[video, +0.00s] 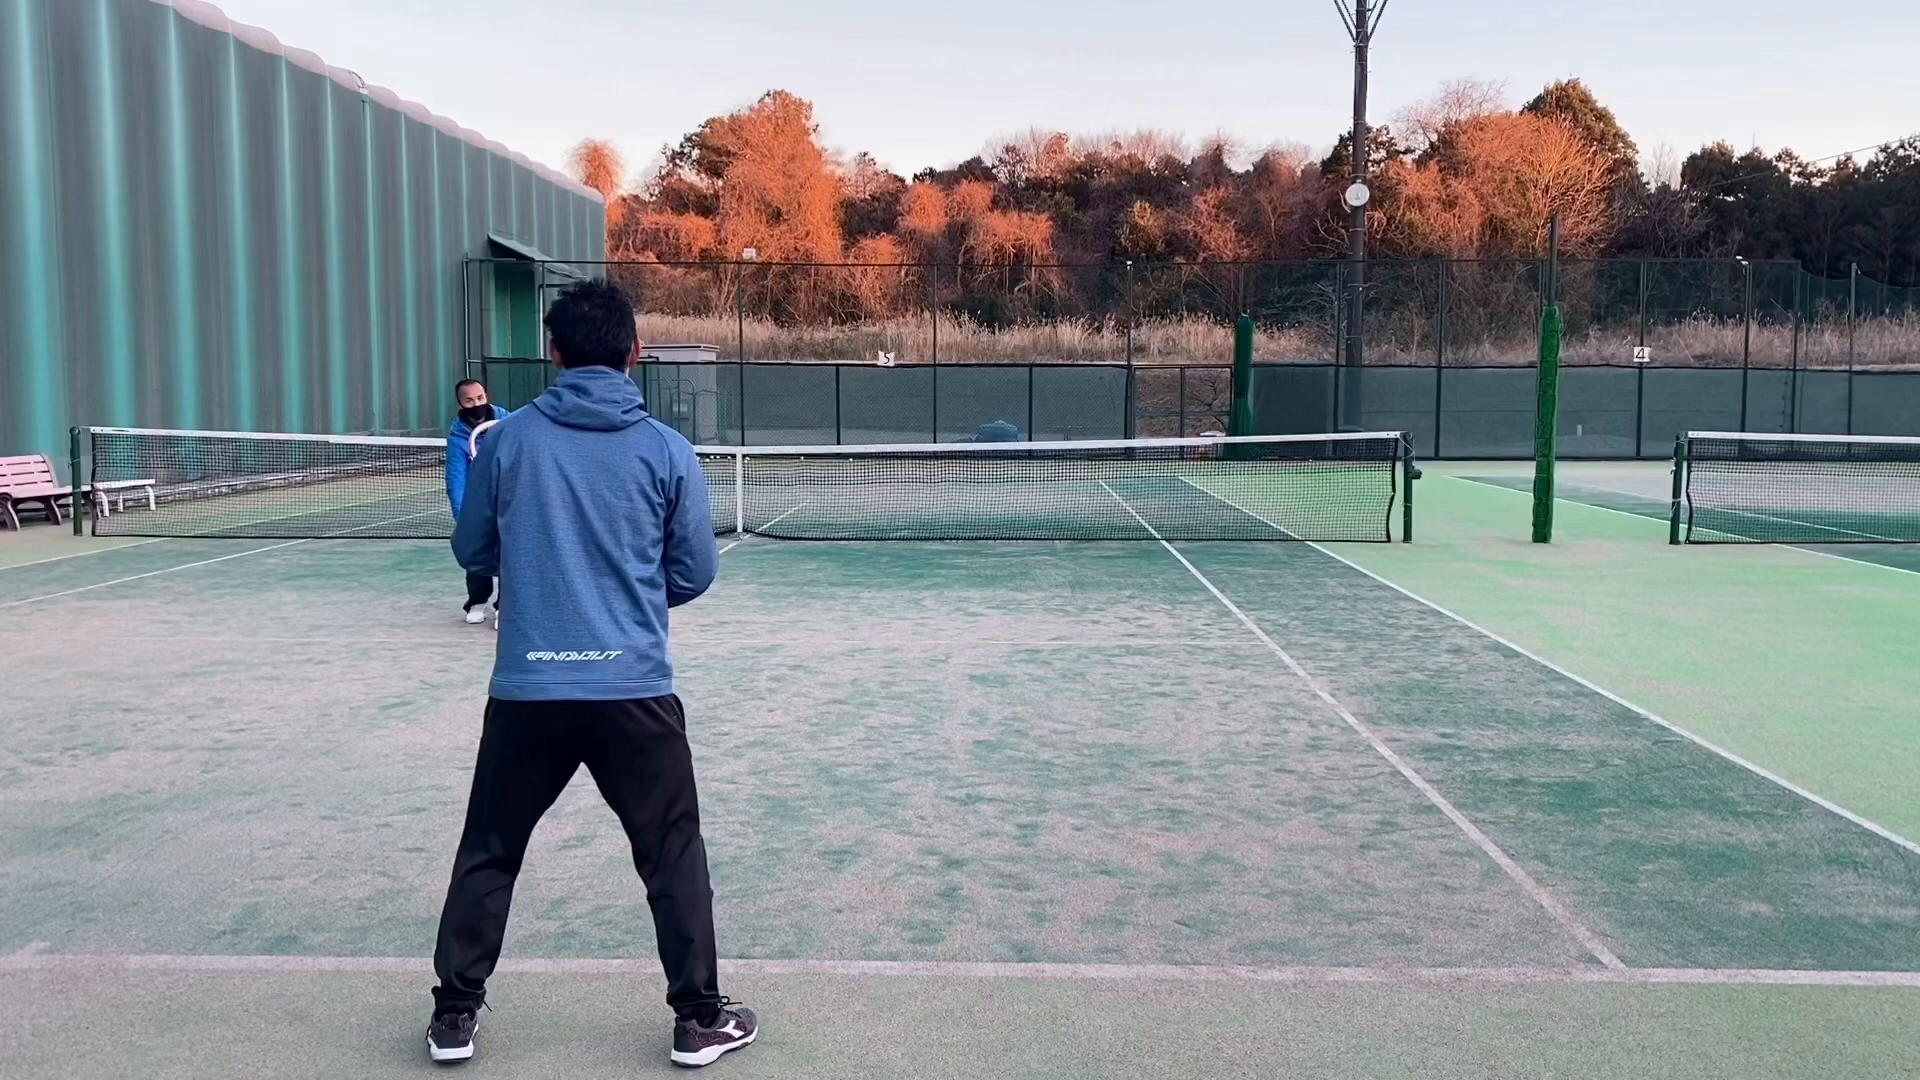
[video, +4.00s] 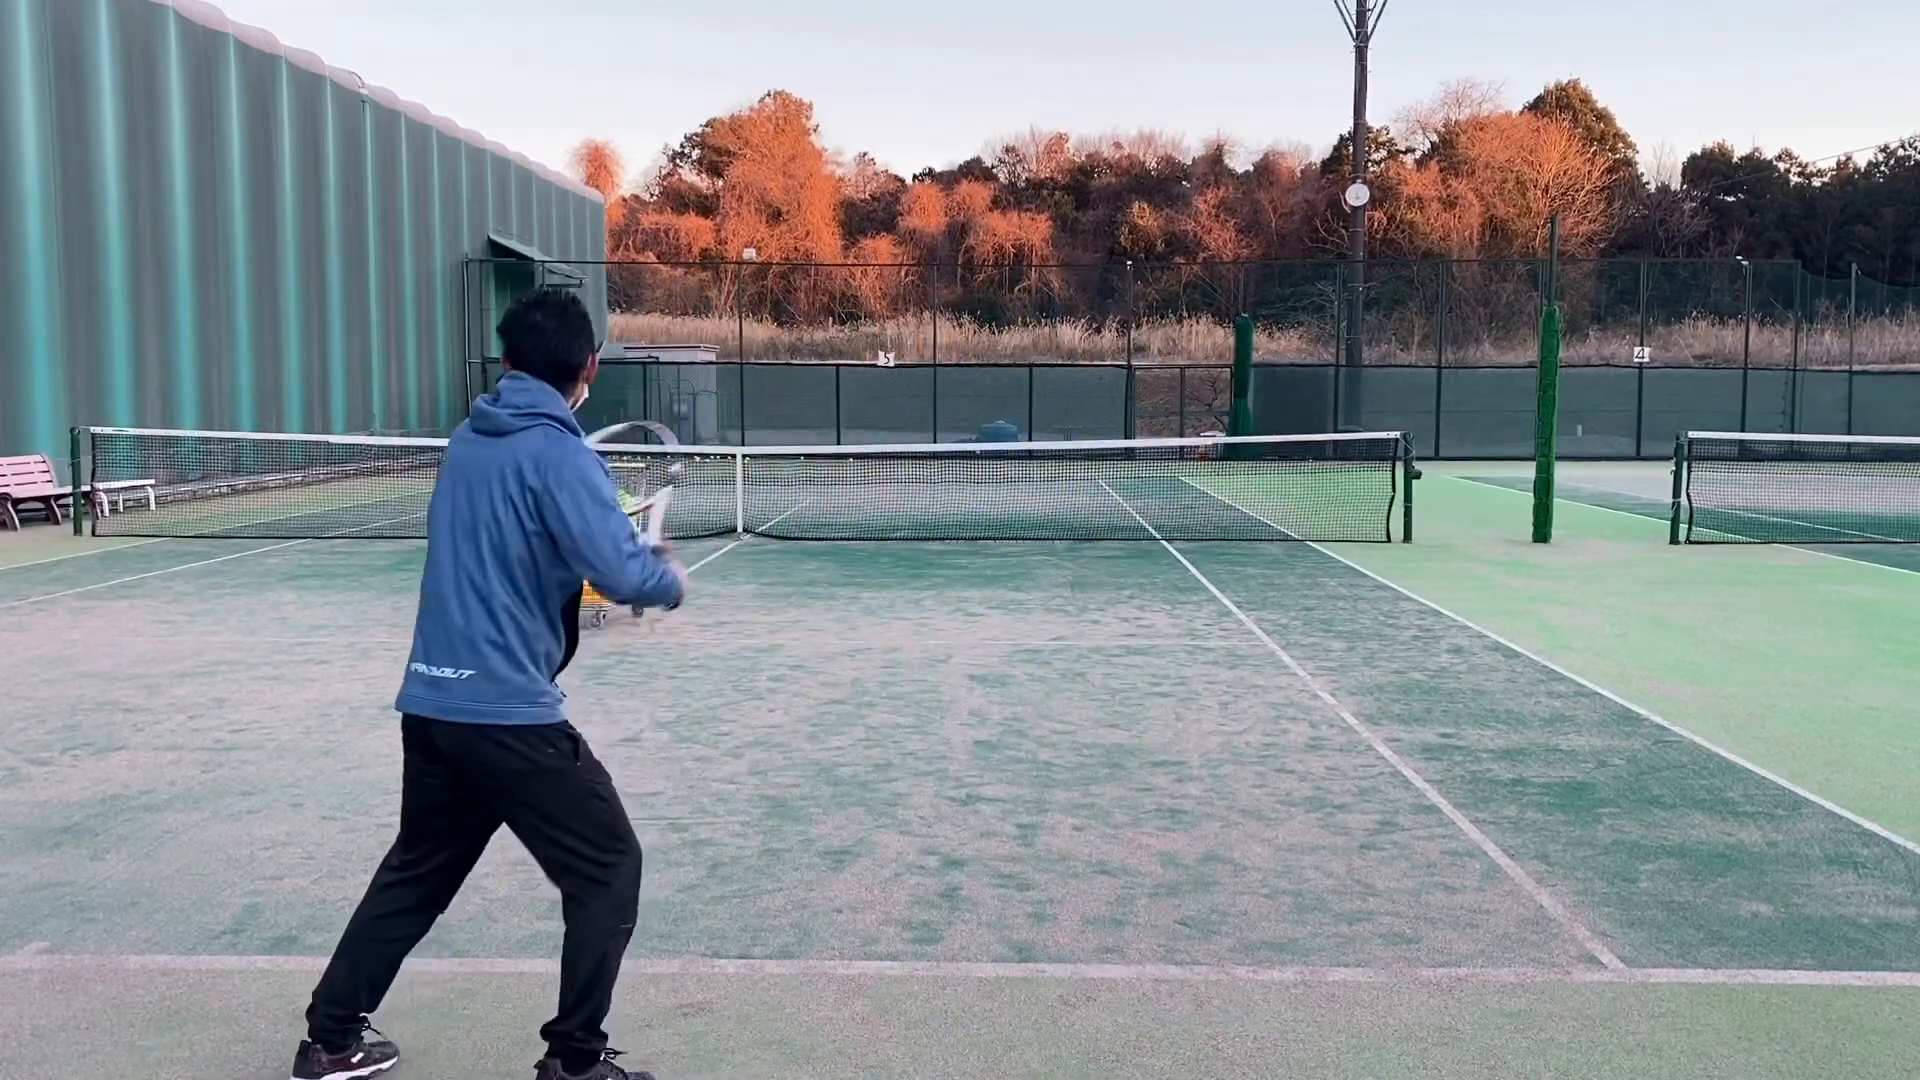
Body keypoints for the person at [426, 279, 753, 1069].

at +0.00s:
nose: (545, 356)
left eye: (550, 346)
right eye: (634, 347)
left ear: (553, 350)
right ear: (632, 352)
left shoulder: (507, 440)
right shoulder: (666, 448)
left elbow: (474, 552)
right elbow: (694, 571)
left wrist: (525, 540)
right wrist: (630, 581)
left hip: (528, 695)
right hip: (632, 693)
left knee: (488, 851)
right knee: (673, 854)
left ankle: (454, 1017)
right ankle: (700, 1019)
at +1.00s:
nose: (910, 414)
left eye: (909, 403)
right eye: (906, 403)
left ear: (849, 391)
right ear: (884, 403)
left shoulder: (848, 467)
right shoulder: (820, 436)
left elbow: (890, 529)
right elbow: (779, 468)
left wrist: (967, 553)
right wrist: (884, 439)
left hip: (773, 701)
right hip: (795, 705)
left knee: (763, 852)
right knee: (902, 864)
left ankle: (663, 979)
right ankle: (944, 1051)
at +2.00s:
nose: (1056, 317)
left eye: (1063, 309)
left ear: (1068, 320)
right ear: (1135, 326)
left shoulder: (1045, 395)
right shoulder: (1139, 386)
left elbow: (1034, 499)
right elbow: (1075, 337)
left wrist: (970, 460)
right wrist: (1018, 305)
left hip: (1018, 637)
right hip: (1097, 636)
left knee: (1031, 803)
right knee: (1102, 796)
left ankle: (1063, 961)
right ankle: (1102, 961)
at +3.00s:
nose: (795, 361)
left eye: (794, 351)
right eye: (802, 350)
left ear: (802, 356)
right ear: (872, 350)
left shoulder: (775, 445)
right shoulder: (921, 446)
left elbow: (723, 556)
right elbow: (955, 555)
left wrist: (781, 527)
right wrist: (878, 559)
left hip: (795, 692)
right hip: (892, 692)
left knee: (740, 825)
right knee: (898, 842)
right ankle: (920, 1012)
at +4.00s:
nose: (595, 368)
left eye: (593, 357)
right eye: (595, 358)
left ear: (508, 361)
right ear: (587, 370)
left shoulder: (470, 439)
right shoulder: (562, 456)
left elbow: (512, 542)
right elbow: (620, 569)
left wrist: (606, 558)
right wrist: (670, 578)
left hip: (433, 704)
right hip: (511, 713)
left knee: (421, 867)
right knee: (608, 865)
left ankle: (331, 1036)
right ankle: (576, 1054)